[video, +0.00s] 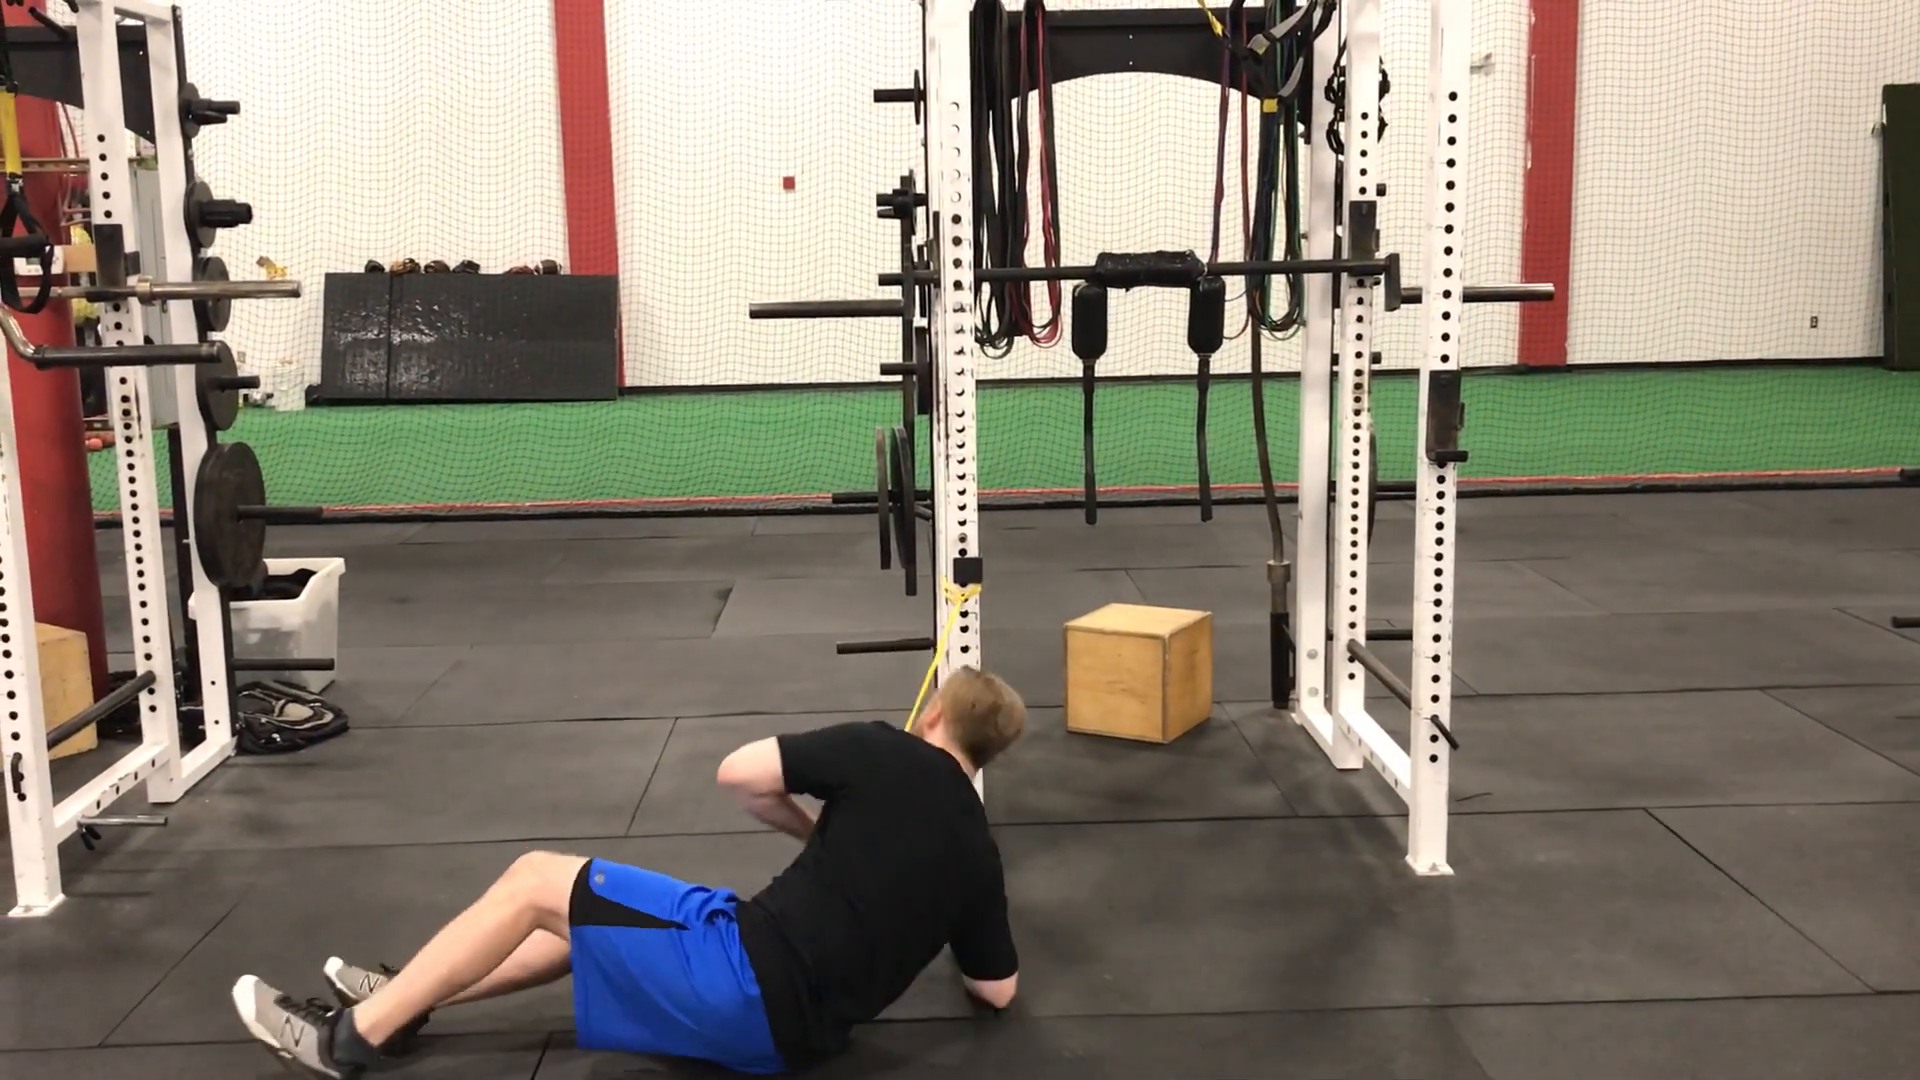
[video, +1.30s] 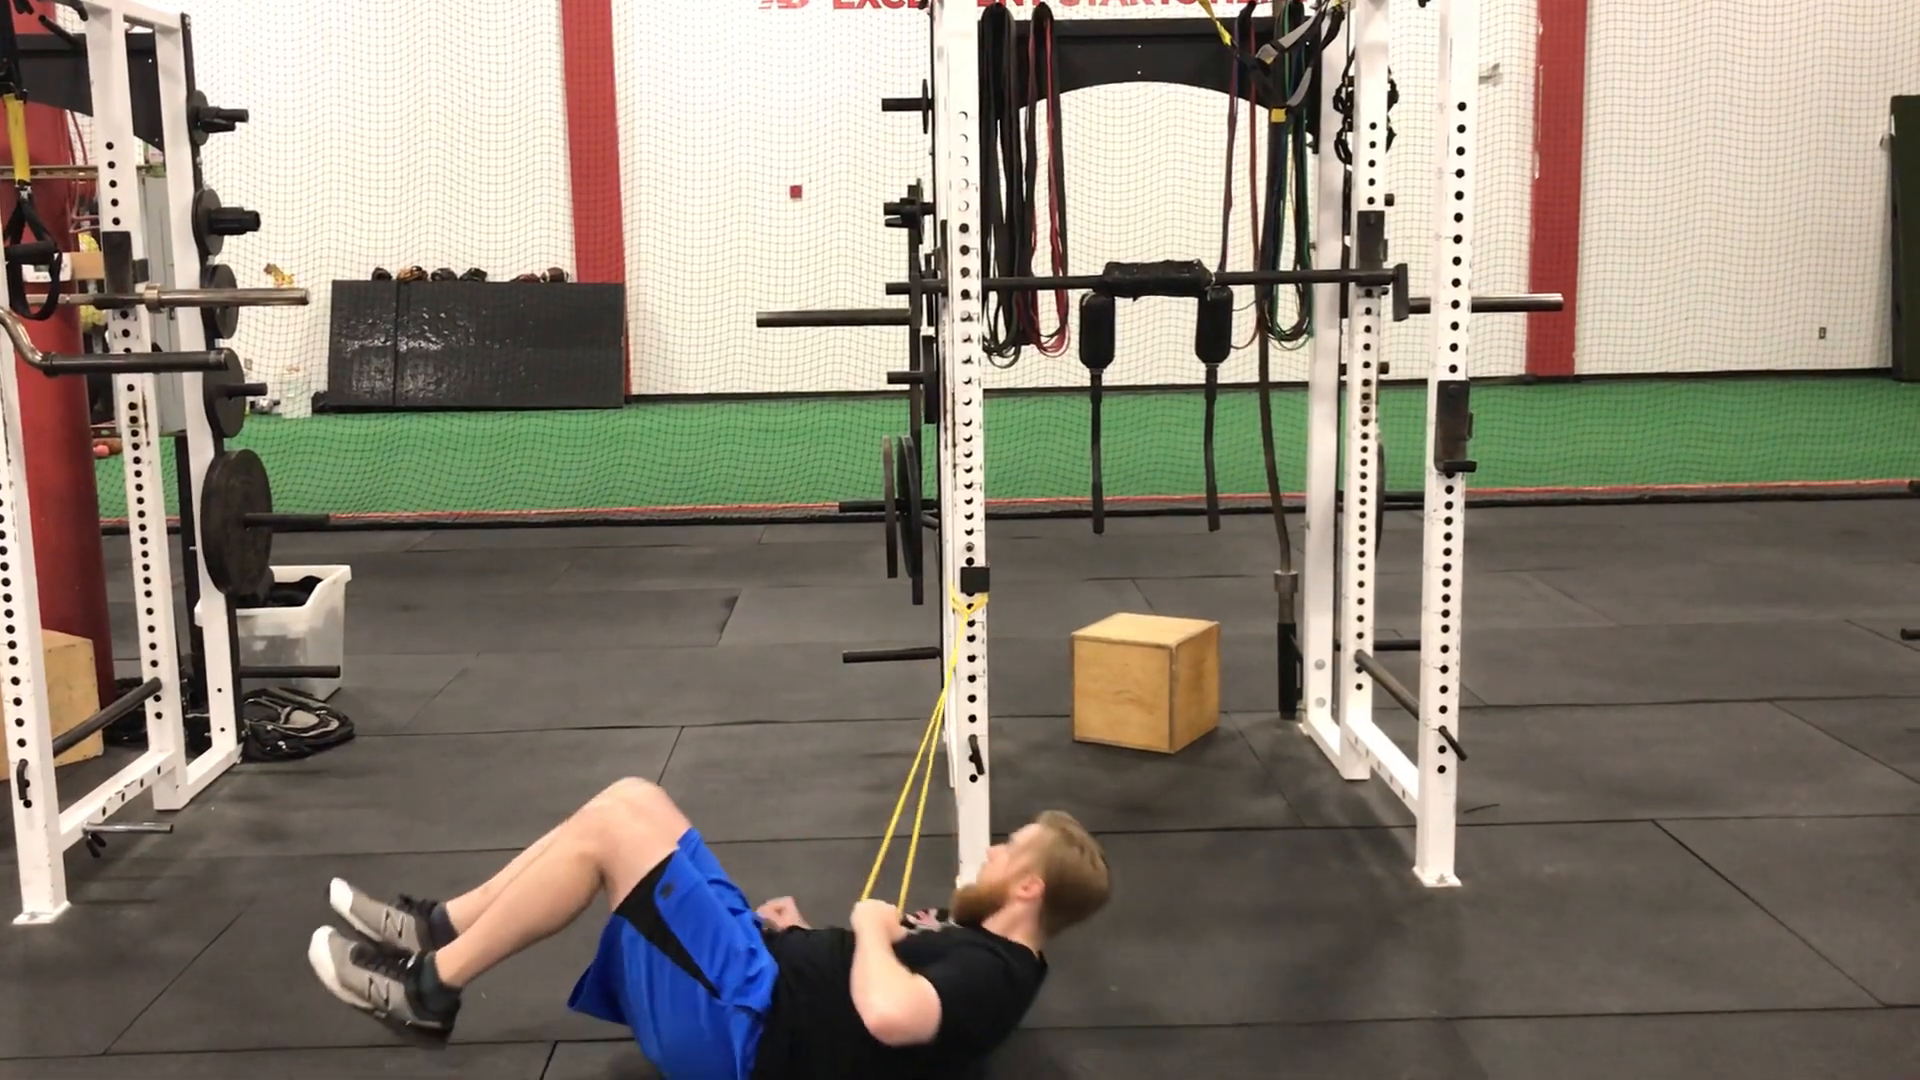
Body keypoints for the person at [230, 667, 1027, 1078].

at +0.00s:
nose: (914, 713)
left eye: (922, 706)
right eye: (928, 708)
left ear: (932, 718)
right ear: (992, 759)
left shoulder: (885, 755)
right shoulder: (982, 852)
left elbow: (743, 773)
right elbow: (997, 992)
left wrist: (818, 831)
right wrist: (950, 921)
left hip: (743, 957)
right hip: (782, 1022)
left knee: (538, 877)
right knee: (576, 930)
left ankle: (343, 1041)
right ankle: (398, 998)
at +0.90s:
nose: (894, 766)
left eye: (903, 755)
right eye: (905, 756)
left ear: (914, 773)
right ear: (971, 802)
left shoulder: (876, 845)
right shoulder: (944, 897)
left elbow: (740, 859)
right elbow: (929, 982)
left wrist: (817, 844)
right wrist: (849, 912)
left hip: (699, 1021)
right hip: (743, 997)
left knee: (501, 865)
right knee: (581, 840)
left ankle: (379, 1057)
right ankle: (410, 1008)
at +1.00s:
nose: (918, 788)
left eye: (927, 780)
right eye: (928, 779)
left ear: (939, 800)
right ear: (985, 824)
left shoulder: (913, 883)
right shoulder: (948, 887)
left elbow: (779, 898)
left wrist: (811, 859)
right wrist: (820, 873)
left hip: (712, 1025)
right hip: (737, 986)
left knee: (521, 860)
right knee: (583, 840)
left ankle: (385, 1051)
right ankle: (419, 1001)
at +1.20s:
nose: (966, 821)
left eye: (979, 817)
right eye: (978, 813)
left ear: (999, 852)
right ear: (1012, 868)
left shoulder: (971, 941)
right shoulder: (967, 915)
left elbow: (859, 976)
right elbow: (892, 952)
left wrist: (842, 908)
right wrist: (875, 917)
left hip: (734, 1024)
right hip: (752, 978)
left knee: (577, 839)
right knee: (609, 817)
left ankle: (412, 1010)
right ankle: (425, 957)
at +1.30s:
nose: (985, 847)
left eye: (1002, 842)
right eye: (1000, 838)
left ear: (1027, 876)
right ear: (1033, 890)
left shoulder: (998, 972)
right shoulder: (978, 938)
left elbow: (897, 1018)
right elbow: (871, 986)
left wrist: (871, 930)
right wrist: (792, 939)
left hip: (747, 1028)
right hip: (759, 989)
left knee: (617, 825)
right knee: (631, 800)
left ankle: (433, 986)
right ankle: (437, 930)